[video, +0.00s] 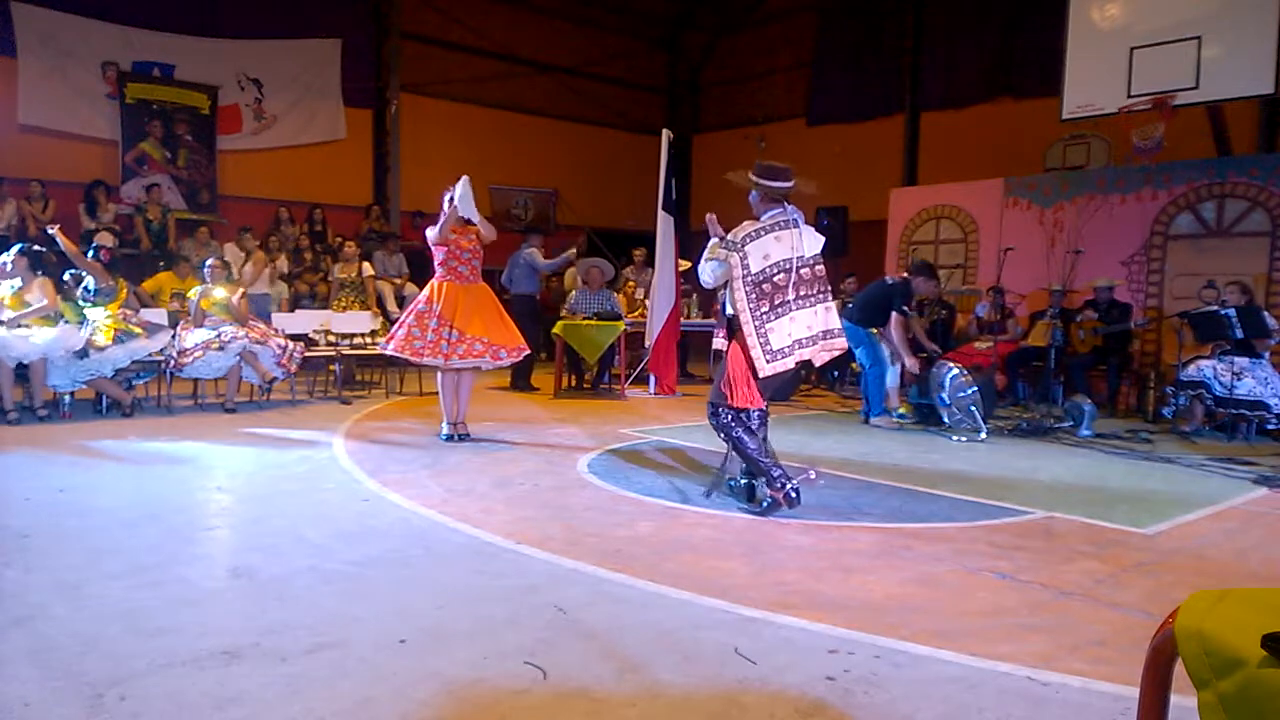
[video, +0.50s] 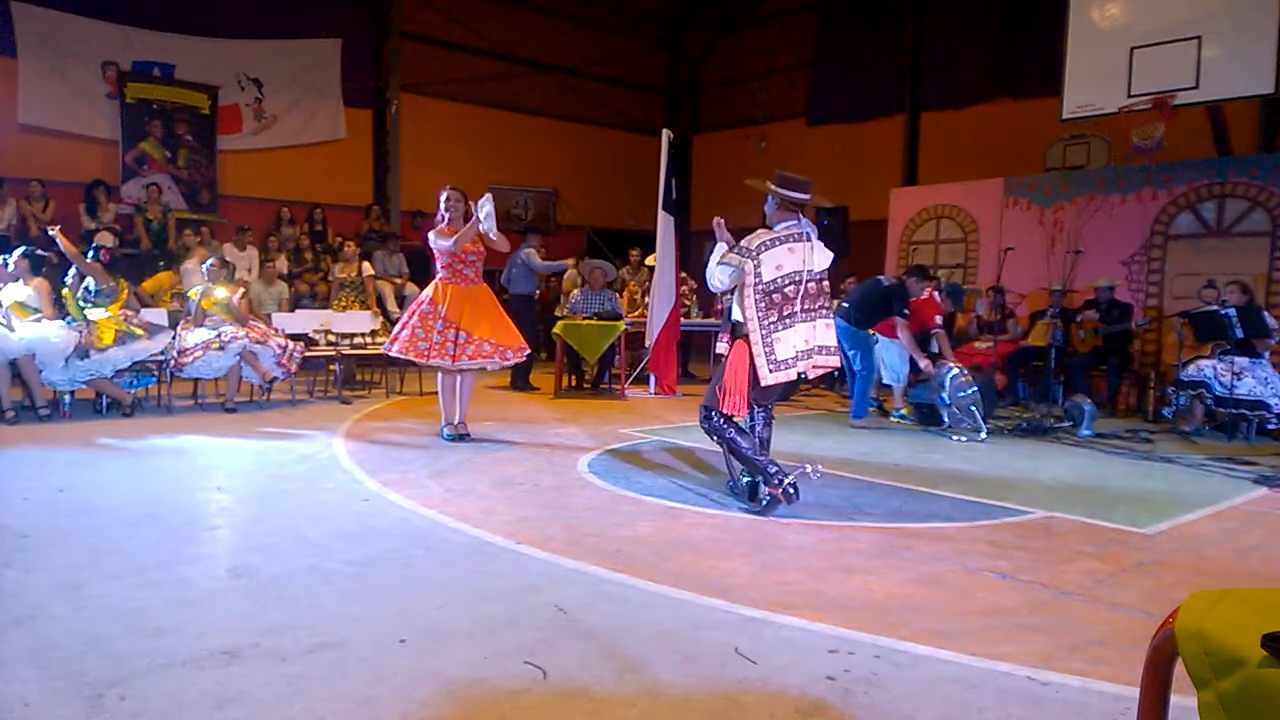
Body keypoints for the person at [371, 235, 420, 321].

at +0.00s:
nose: (395, 244)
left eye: (396, 241)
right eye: (392, 241)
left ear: (398, 243)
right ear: (386, 243)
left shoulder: (400, 255)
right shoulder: (378, 255)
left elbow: (405, 273)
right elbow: (379, 273)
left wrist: (402, 284)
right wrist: (393, 283)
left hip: (398, 278)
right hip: (384, 278)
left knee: (414, 292)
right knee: (387, 290)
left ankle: (406, 315)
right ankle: (395, 315)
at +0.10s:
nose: (395, 244)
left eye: (396, 242)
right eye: (392, 242)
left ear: (398, 243)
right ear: (386, 243)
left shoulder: (400, 255)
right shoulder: (378, 255)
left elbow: (405, 272)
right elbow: (379, 273)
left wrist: (402, 284)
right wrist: (393, 283)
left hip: (398, 278)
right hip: (384, 278)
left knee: (414, 292)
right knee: (387, 290)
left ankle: (406, 315)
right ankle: (395, 315)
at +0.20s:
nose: (396, 244)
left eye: (397, 242)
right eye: (393, 242)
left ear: (398, 243)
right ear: (387, 243)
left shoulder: (400, 255)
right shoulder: (379, 255)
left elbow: (405, 272)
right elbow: (380, 274)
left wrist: (402, 284)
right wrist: (394, 282)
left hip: (398, 278)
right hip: (384, 278)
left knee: (414, 291)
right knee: (387, 290)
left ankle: (406, 315)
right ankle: (396, 316)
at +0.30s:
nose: (396, 244)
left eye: (397, 242)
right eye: (393, 242)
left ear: (399, 243)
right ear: (387, 243)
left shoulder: (400, 256)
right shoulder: (379, 255)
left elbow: (405, 272)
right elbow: (379, 273)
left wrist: (403, 283)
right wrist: (394, 282)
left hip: (398, 278)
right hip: (384, 278)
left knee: (414, 292)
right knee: (387, 290)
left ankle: (407, 316)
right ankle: (395, 315)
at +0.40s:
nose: (396, 244)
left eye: (397, 241)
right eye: (393, 241)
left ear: (398, 243)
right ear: (387, 243)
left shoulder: (400, 255)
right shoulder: (379, 254)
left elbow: (405, 272)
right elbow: (379, 273)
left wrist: (403, 283)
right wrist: (394, 282)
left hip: (398, 278)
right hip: (384, 278)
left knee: (414, 291)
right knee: (387, 290)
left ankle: (406, 315)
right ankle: (395, 315)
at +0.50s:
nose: (396, 245)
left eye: (397, 242)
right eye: (393, 243)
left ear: (398, 244)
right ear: (386, 244)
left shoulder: (400, 255)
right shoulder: (379, 255)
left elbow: (405, 272)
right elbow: (379, 273)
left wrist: (402, 283)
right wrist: (394, 282)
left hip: (398, 278)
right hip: (384, 278)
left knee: (414, 291)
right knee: (387, 290)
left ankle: (406, 315)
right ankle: (395, 315)